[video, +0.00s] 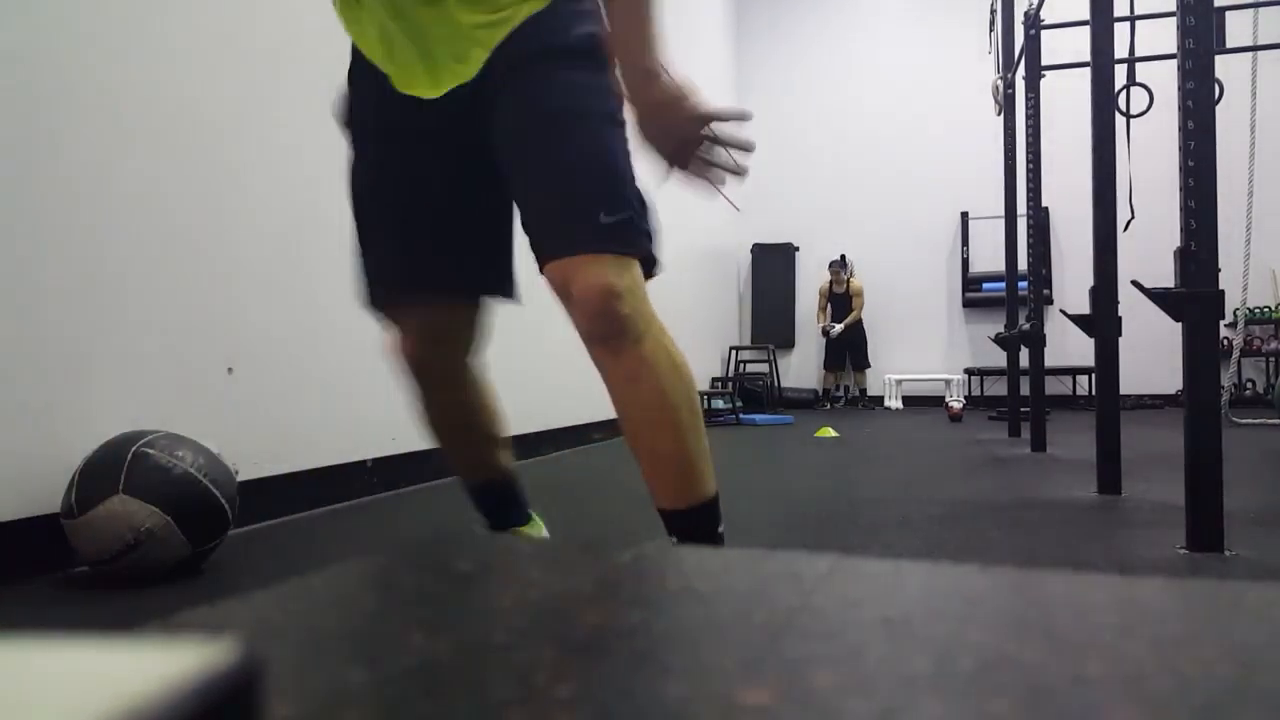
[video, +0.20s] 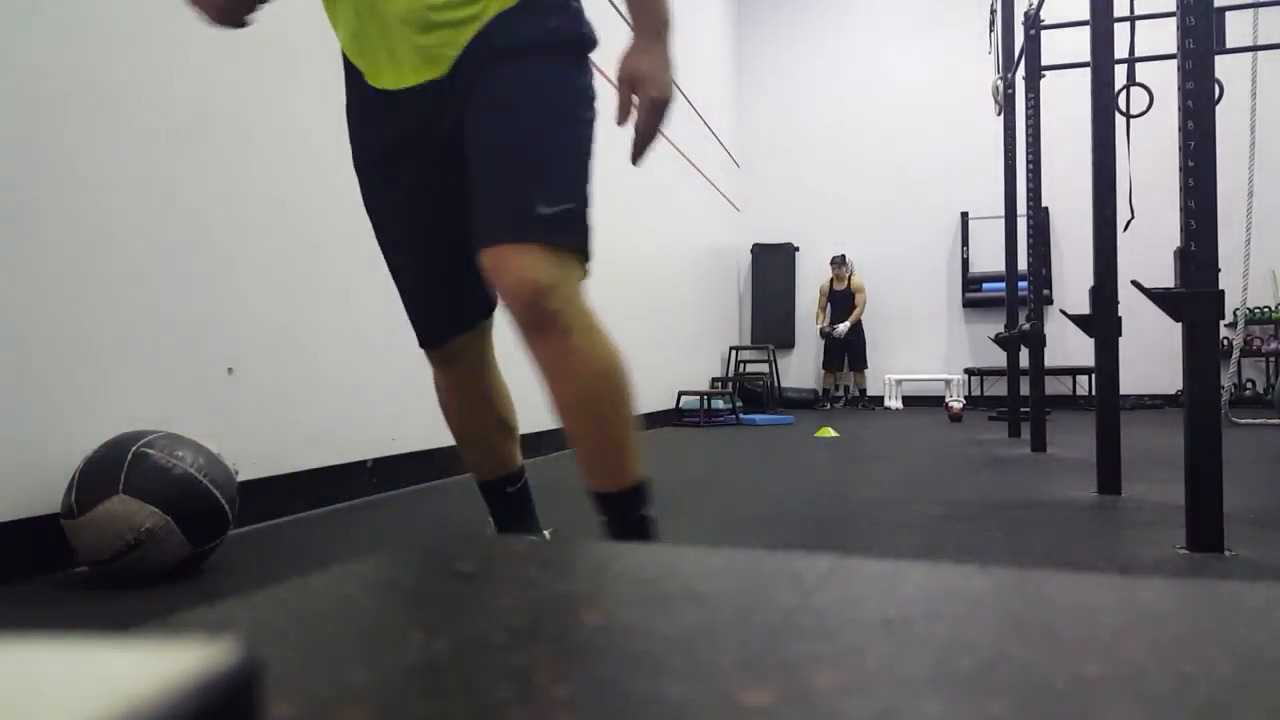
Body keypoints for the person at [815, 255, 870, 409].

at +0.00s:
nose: (835, 277)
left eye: (838, 273)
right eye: (832, 273)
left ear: (844, 272)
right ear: (829, 273)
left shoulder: (855, 287)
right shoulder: (825, 289)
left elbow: (857, 311)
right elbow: (822, 309)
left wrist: (842, 326)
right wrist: (822, 324)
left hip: (854, 329)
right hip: (834, 330)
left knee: (859, 366)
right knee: (830, 367)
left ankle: (863, 399)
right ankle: (825, 399)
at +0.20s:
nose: (836, 271)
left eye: (839, 267)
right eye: (834, 268)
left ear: (846, 268)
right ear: (831, 269)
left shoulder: (856, 284)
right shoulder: (826, 287)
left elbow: (860, 307)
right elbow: (821, 308)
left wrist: (847, 324)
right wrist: (820, 324)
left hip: (853, 329)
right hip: (833, 330)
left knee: (858, 366)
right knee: (829, 367)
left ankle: (863, 399)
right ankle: (825, 399)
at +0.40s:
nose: (837, 268)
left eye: (840, 265)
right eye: (834, 265)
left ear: (846, 266)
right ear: (831, 267)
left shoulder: (857, 283)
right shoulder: (826, 286)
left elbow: (863, 305)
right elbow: (821, 308)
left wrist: (863, 326)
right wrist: (815, 326)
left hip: (853, 331)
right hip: (833, 331)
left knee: (858, 368)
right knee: (829, 368)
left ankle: (862, 399)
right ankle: (825, 399)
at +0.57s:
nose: (838, 267)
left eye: (841, 263)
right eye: (835, 264)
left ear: (848, 265)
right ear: (832, 266)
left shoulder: (858, 283)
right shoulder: (827, 285)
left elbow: (867, 304)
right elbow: (820, 308)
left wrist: (874, 326)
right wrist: (811, 327)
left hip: (853, 331)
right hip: (833, 331)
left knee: (858, 368)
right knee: (829, 368)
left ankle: (862, 400)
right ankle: (825, 400)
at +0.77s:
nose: (842, 265)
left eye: (844, 262)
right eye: (839, 263)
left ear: (851, 263)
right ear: (836, 265)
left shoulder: (862, 282)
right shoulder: (830, 284)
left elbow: (871, 304)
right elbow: (822, 307)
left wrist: (877, 326)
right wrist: (811, 326)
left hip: (854, 330)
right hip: (834, 330)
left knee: (858, 368)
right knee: (829, 367)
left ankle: (862, 400)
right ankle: (825, 399)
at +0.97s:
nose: (843, 266)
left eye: (846, 262)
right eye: (841, 263)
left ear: (853, 263)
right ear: (838, 265)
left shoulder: (865, 282)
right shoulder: (833, 283)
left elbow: (873, 304)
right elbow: (823, 305)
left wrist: (877, 327)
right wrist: (808, 323)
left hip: (856, 330)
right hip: (835, 330)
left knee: (859, 367)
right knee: (827, 365)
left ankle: (862, 399)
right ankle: (824, 398)